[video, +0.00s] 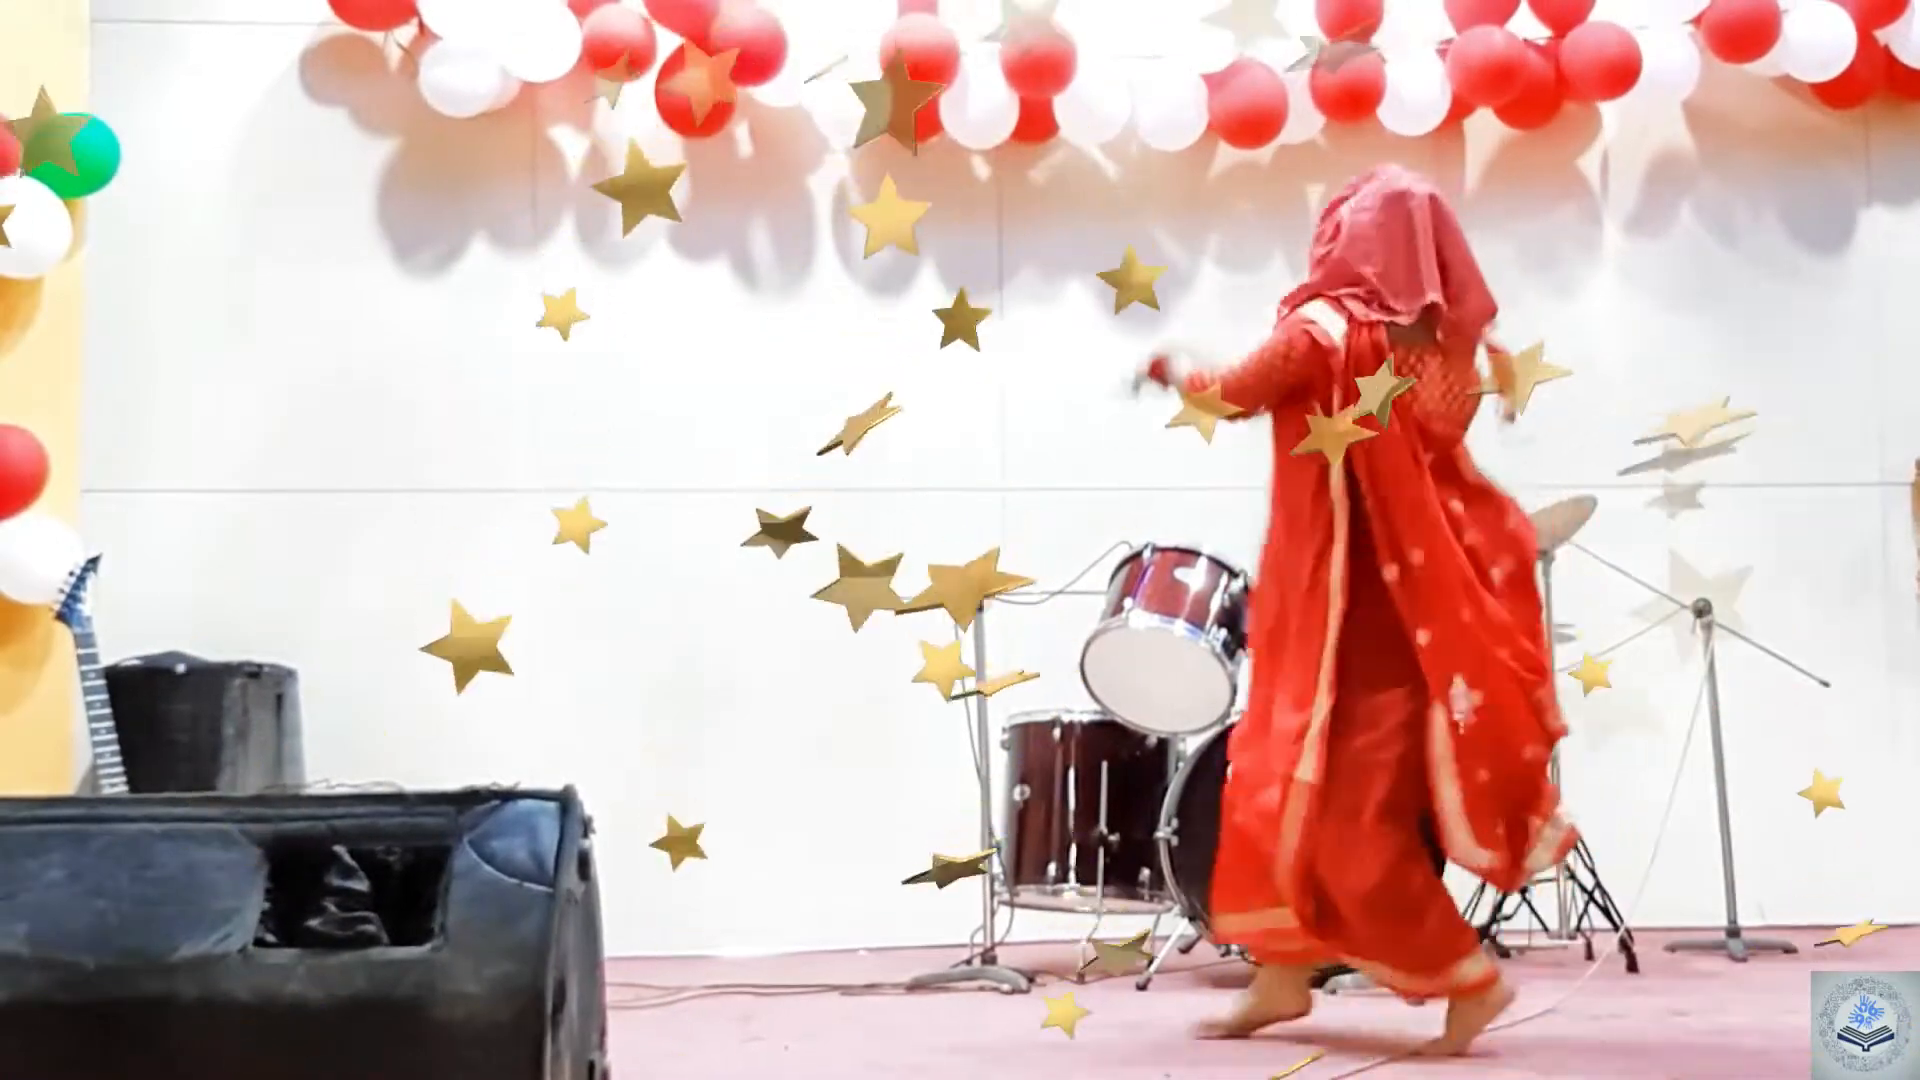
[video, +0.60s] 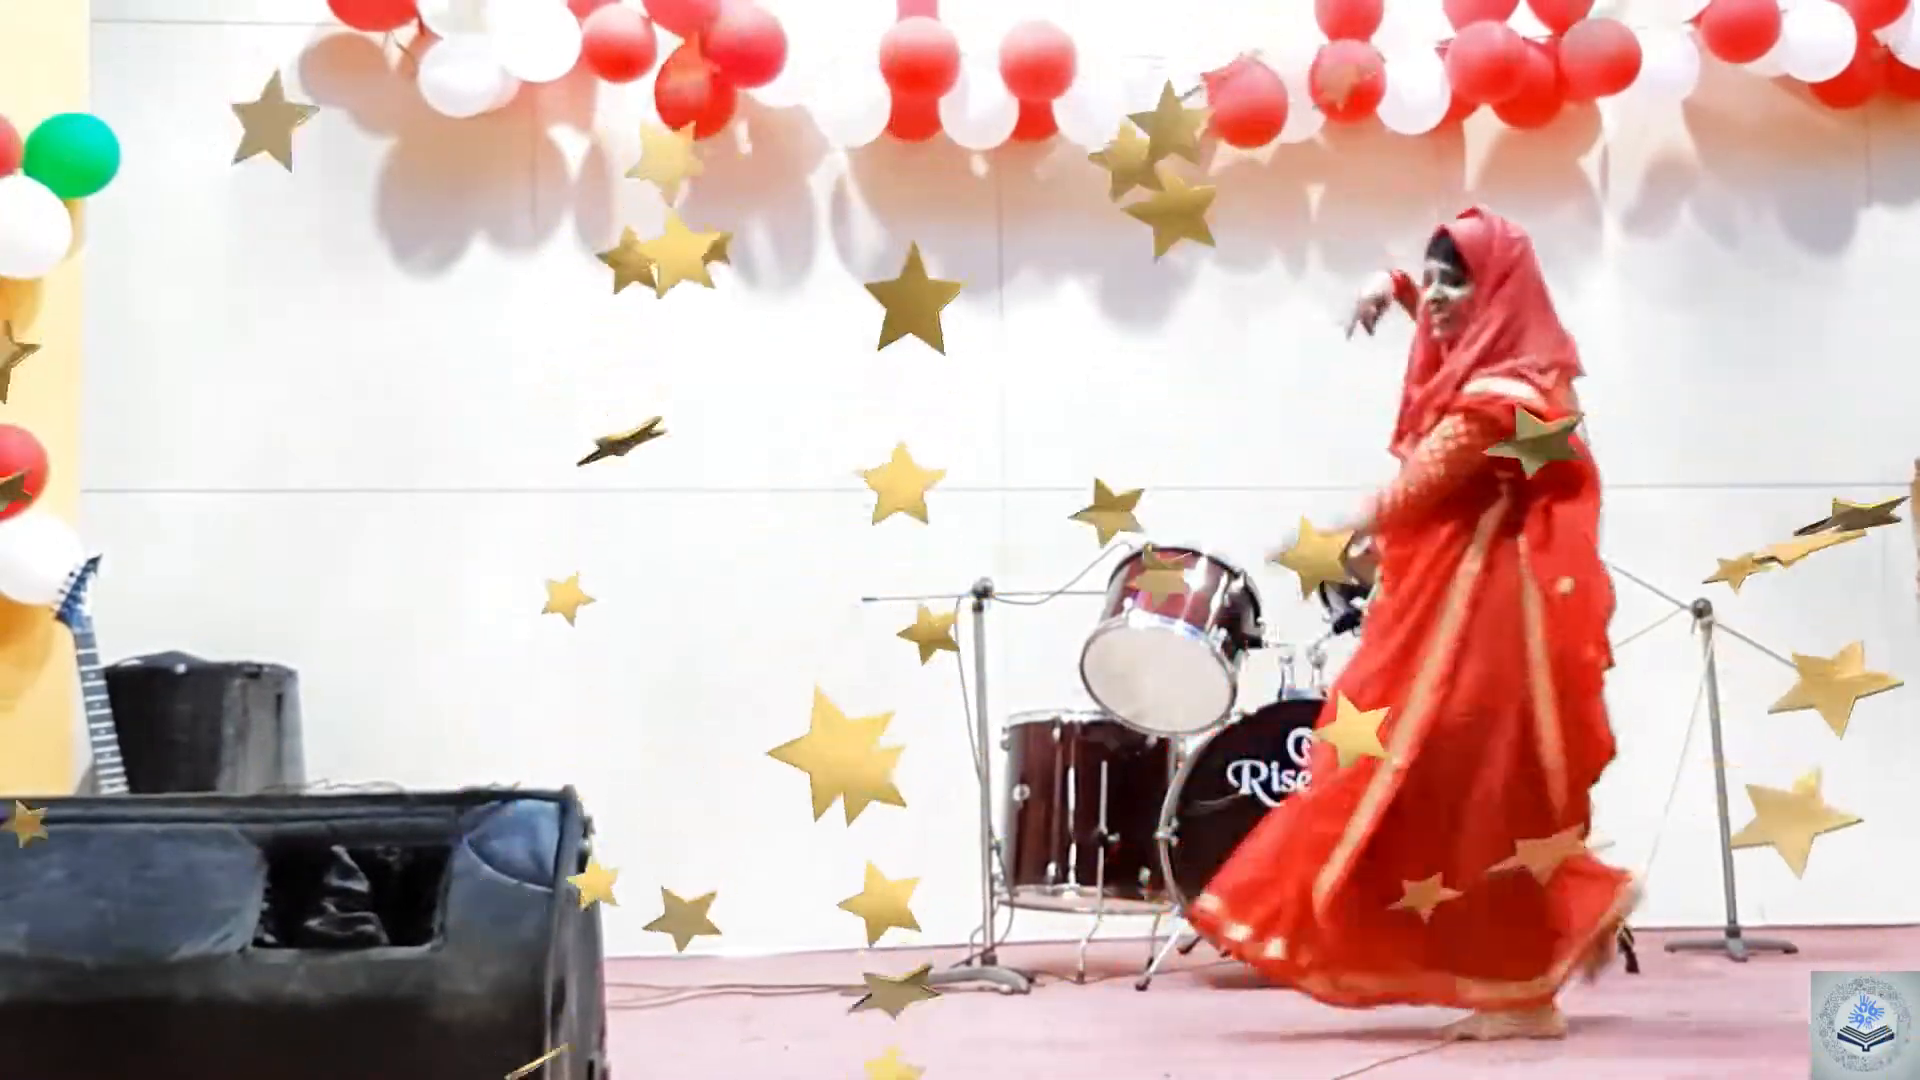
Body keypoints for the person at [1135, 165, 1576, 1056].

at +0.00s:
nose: (1320, 238)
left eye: (1332, 224)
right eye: (1329, 223)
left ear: (1351, 241)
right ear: (1426, 250)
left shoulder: (1325, 327)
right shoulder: (1451, 347)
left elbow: (1243, 387)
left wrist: (1179, 373)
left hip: (1358, 623)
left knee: (1344, 817)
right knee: (1281, 786)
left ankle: (1470, 976)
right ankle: (1282, 974)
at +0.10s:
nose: (1322, 286)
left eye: (1334, 272)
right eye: (1330, 271)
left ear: (1355, 284)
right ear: (1426, 298)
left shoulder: (1339, 360)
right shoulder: (1435, 406)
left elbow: (1232, 376)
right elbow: (1407, 525)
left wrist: (1174, 332)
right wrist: (1483, 567)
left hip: (1301, 625)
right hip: (1369, 630)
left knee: (1258, 810)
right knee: (1290, 810)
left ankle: (1469, 951)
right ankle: (1283, 993)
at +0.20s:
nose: (1333, 299)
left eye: (1342, 286)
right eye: (1339, 285)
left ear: (1365, 293)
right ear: (1428, 300)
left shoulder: (1364, 376)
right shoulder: (1425, 401)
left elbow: (1276, 407)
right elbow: (1333, 486)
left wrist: (1175, 383)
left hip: (1304, 621)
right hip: (1354, 621)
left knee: (1231, 795)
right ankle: (1276, 997)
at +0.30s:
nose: (1343, 272)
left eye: (1353, 257)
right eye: (1346, 256)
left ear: (1388, 266)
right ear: (1425, 266)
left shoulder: (1385, 374)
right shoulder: (1442, 370)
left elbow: (1289, 448)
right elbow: (1342, 386)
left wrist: (1168, 473)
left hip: (1344, 609)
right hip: (1376, 601)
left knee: (1357, 797)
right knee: (1256, 779)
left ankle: (1496, 970)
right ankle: (1271, 973)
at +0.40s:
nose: (1370, 271)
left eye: (1381, 256)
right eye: (1372, 255)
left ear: (1421, 276)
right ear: (1439, 275)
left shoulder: (1426, 384)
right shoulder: (1425, 337)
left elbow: (1348, 488)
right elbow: (1381, 314)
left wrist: (1250, 558)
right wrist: (1314, 276)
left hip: (1435, 598)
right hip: (1392, 592)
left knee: (1436, 789)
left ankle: (1517, 984)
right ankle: (1334, 948)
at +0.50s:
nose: (1405, 302)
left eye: (1421, 288)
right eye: (1405, 285)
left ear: (1459, 306)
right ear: (1462, 308)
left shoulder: (1461, 420)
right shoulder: (1456, 391)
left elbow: (1383, 527)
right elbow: (1420, 314)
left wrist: (1301, 598)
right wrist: (1374, 265)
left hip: (1476, 642)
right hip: (1471, 637)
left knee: (1468, 813)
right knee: (1471, 813)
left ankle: (1518, 996)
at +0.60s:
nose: (1435, 300)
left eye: (1451, 284)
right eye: (1430, 285)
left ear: (1494, 292)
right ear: (1432, 292)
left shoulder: (1505, 394)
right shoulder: (1478, 366)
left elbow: (1426, 480)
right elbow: (1440, 289)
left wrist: (1341, 533)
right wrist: (1386, 291)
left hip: (1504, 622)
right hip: (1474, 617)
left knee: (1486, 796)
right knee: (1478, 796)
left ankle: (1519, 996)